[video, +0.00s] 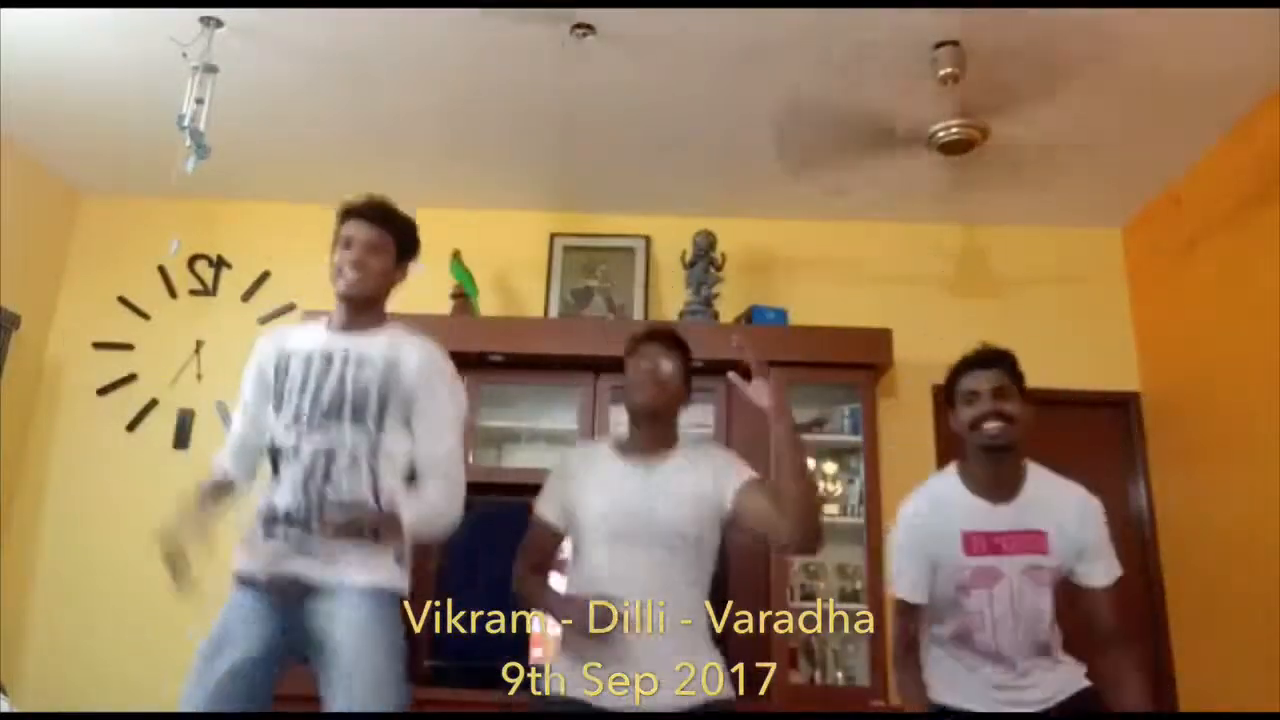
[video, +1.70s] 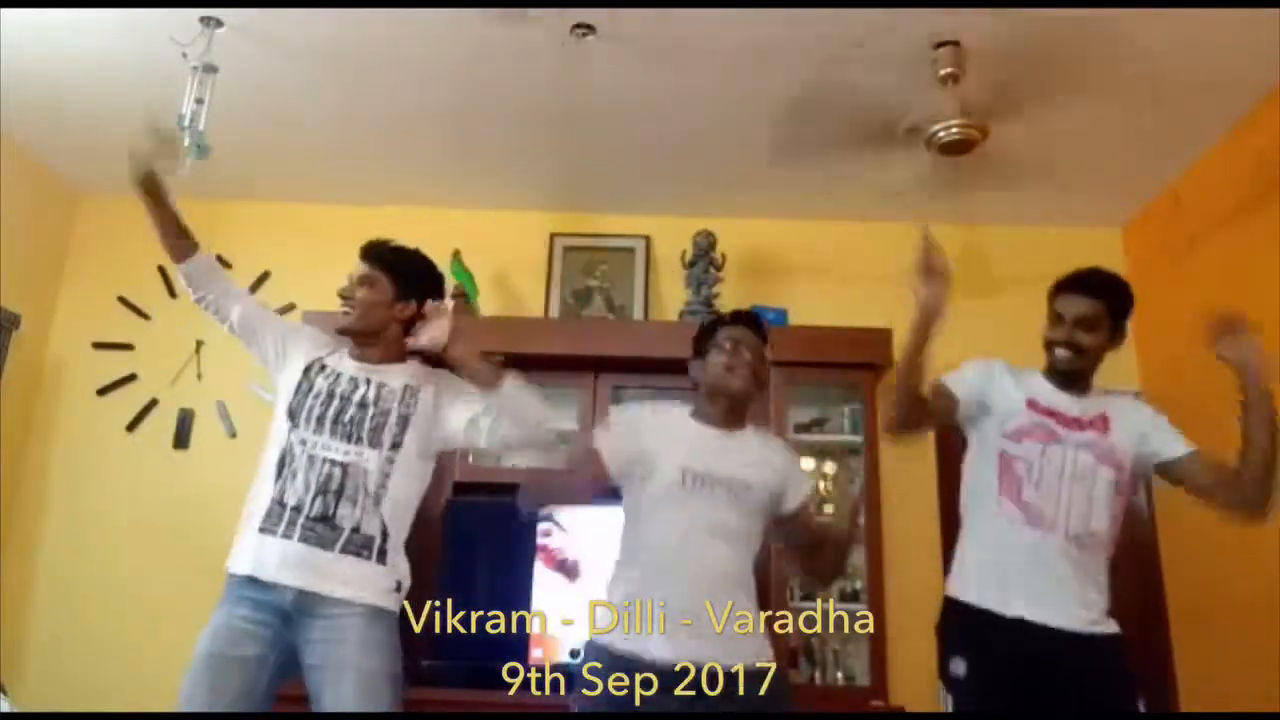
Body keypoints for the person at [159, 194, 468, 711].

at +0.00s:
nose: (352, 257)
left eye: (371, 248)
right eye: (344, 244)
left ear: (401, 270)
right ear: (331, 255)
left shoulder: (422, 362)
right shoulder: (278, 347)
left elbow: (445, 501)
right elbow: (239, 458)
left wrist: (379, 520)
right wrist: (190, 518)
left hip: (360, 578)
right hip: (267, 569)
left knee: (367, 703)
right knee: (206, 703)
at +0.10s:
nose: (359, 292)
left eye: (378, 284)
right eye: (352, 278)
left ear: (404, 307)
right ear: (337, 291)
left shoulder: (427, 405)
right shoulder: (275, 388)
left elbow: (446, 546)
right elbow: (238, 512)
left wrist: (364, 619)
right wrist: (243, 619)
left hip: (377, 634)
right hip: (276, 625)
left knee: (387, 700)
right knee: (229, 704)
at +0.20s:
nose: (376, 336)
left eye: (392, 330)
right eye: (362, 324)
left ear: (405, 354)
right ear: (337, 343)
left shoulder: (436, 438)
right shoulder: (281, 431)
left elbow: (503, 554)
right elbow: (234, 542)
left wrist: (480, 562)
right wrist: (236, 565)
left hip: (388, 650)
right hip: (291, 649)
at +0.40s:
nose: (383, 301)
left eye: (396, 289)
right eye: (367, 289)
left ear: (414, 302)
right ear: (341, 304)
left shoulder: (454, 387)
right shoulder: (296, 378)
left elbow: (579, 396)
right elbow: (155, 406)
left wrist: (497, 367)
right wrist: (174, 309)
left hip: (399, 611)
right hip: (297, 606)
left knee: (408, 707)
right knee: (231, 706)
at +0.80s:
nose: (364, 312)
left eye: (384, 307)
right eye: (369, 304)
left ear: (418, 335)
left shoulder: (451, 416)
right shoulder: (305, 391)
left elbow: (562, 390)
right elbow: (176, 324)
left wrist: (478, 329)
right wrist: (251, 334)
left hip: (369, 646)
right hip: (263, 634)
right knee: (202, 703)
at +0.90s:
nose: (367, 306)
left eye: (386, 300)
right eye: (374, 296)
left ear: (423, 329)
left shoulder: (460, 406)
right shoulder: (317, 365)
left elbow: (562, 375)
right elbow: (229, 320)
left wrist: (480, 324)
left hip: (364, 597)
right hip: (262, 581)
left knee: (368, 702)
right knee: (203, 702)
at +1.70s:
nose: (348, 290)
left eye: (366, 282)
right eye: (354, 280)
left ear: (409, 309)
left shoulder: (438, 396)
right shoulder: (302, 349)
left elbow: (546, 433)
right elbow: (215, 291)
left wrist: (458, 357)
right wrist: (153, 194)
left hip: (355, 605)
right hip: (255, 588)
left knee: (359, 703)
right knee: (202, 703)